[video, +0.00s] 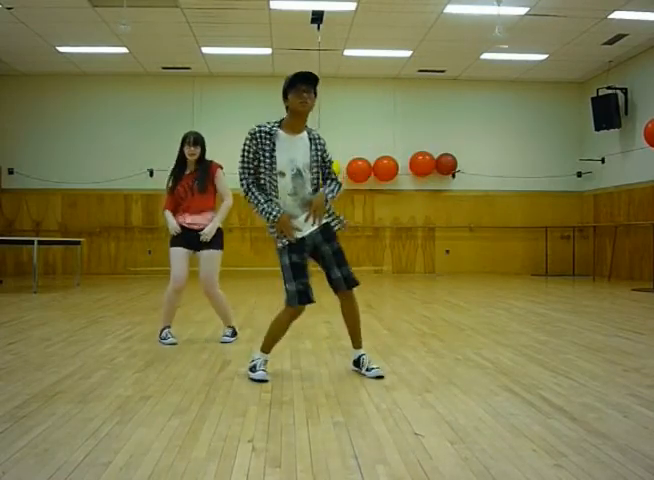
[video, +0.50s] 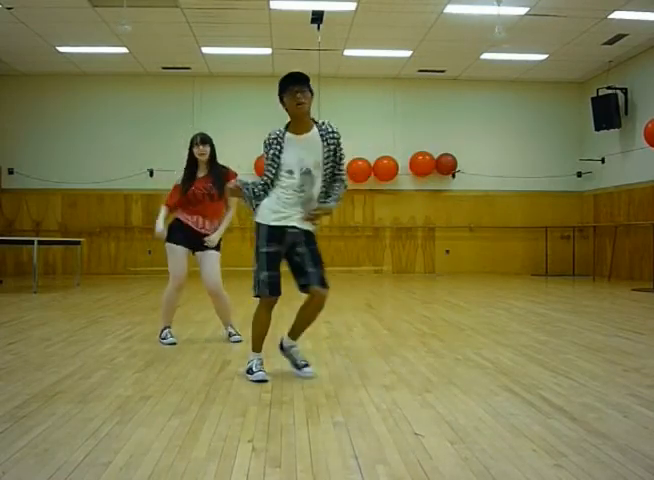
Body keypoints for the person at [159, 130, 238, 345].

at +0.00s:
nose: (191, 149)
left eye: (195, 146)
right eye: (187, 145)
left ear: (202, 148)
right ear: (182, 148)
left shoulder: (213, 169)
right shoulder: (177, 174)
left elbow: (228, 198)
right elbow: (168, 204)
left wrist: (215, 224)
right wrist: (170, 219)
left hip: (209, 229)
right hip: (182, 229)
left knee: (209, 283)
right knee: (178, 281)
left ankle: (230, 327)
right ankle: (165, 328)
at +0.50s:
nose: (201, 149)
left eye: (205, 145)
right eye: (197, 146)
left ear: (211, 148)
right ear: (191, 150)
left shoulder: (224, 175)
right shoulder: (187, 178)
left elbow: (232, 208)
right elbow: (167, 204)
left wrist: (218, 233)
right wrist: (160, 224)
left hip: (209, 233)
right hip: (181, 229)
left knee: (214, 286)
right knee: (178, 279)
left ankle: (229, 327)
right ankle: (166, 328)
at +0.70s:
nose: (210, 151)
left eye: (214, 147)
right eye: (206, 148)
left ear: (220, 151)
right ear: (200, 153)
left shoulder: (235, 175)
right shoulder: (197, 182)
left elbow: (252, 201)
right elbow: (185, 217)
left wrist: (260, 182)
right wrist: (203, 203)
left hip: (226, 234)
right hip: (197, 231)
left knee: (224, 286)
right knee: (186, 281)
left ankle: (231, 326)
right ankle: (167, 328)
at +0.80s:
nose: (218, 141)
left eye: (222, 137)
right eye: (214, 137)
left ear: (228, 140)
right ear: (207, 140)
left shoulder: (241, 159)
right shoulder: (205, 165)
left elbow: (270, 173)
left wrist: (276, 149)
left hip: (239, 221)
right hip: (211, 220)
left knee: (236, 278)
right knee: (198, 275)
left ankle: (234, 326)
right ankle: (185, 325)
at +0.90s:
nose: (228, 135)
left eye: (232, 132)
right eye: (224, 131)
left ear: (237, 134)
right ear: (216, 132)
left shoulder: (244, 150)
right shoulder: (209, 156)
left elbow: (278, 147)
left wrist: (290, 119)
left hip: (250, 212)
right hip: (223, 213)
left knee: (252, 269)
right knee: (220, 270)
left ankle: (250, 321)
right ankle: (218, 322)